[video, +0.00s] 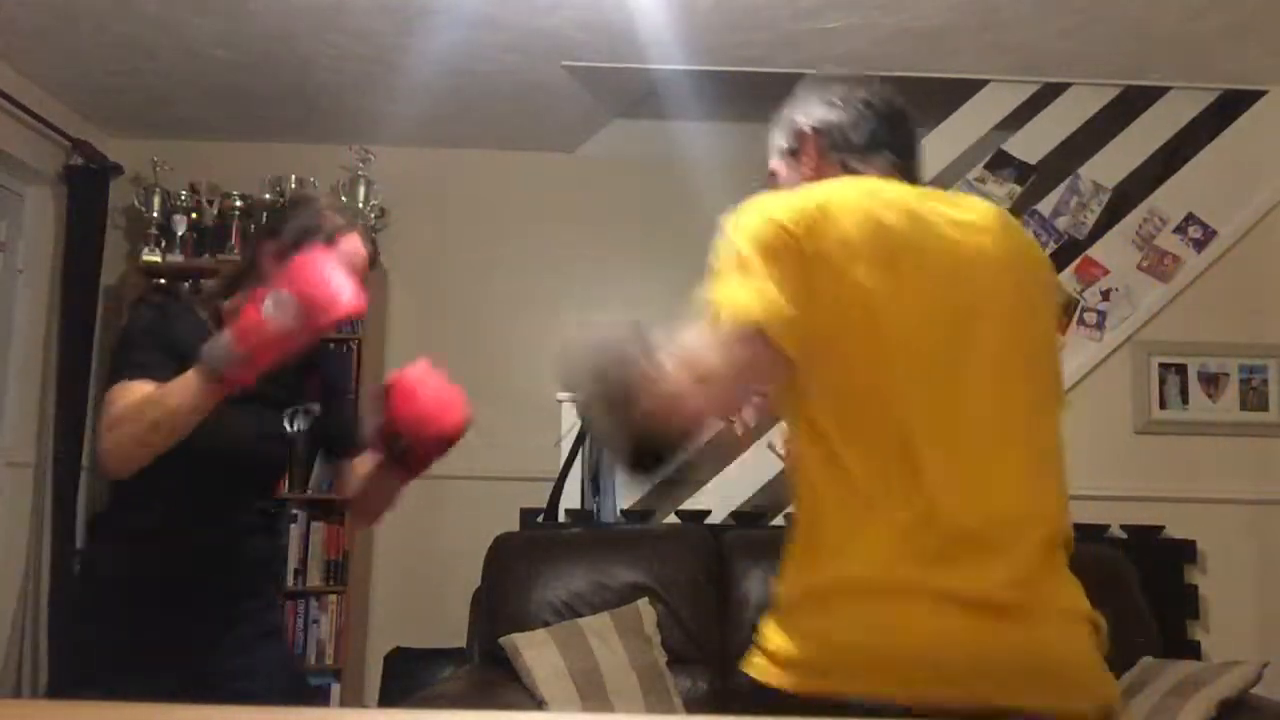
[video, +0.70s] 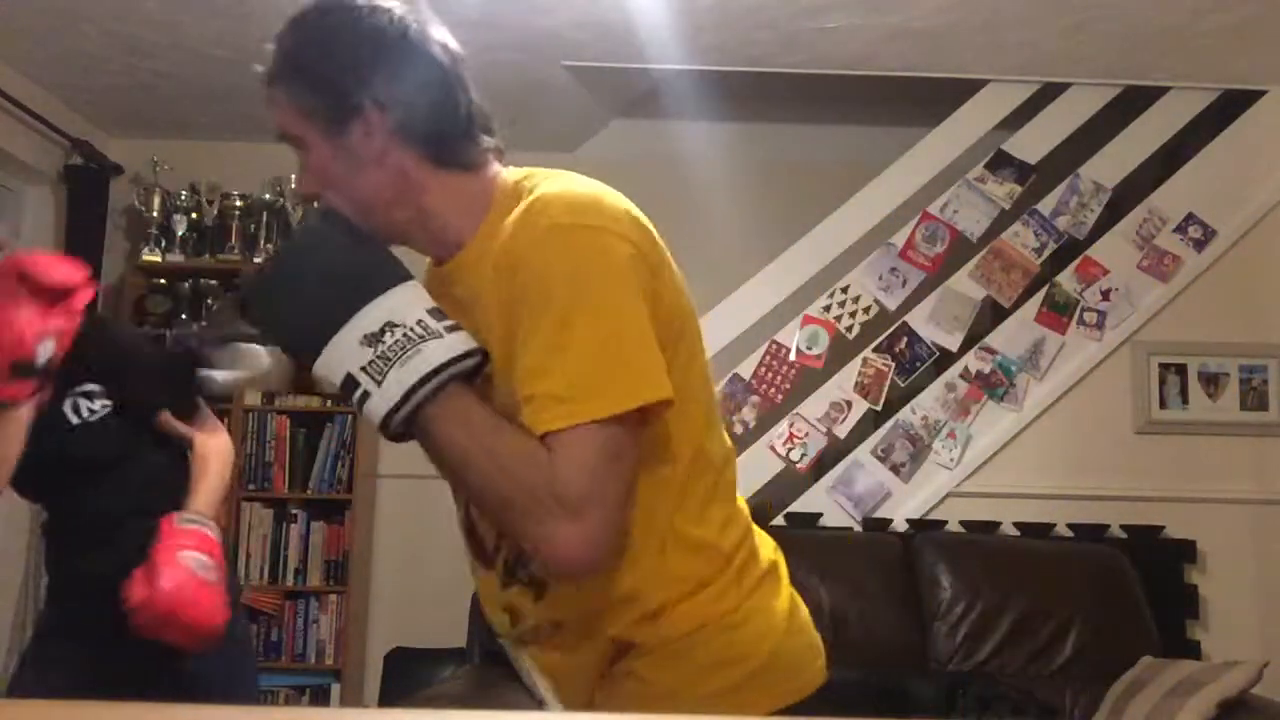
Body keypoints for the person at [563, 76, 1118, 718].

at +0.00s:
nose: (774, 188)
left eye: (775, 172)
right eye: (773, 174)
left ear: (805, 153)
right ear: (901, 162)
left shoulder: (786, 221)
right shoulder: (1016, 241)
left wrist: (642, 387)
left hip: (842, 667)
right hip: (1047, 671)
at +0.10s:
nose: (729, 172)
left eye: (732, 155)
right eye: (729, 159)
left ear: (762, 147)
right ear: (864, 153)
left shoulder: (716, 225)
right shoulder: (971, 229)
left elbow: (495, 295)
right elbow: (1027, 377)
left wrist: (439, 258)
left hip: (815, 661)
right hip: (1021, 663)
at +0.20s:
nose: (657, 175)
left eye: (659, 154)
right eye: (659, 156)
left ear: (687, 153)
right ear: (789, 152)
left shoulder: (655, 251)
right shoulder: (908, 260)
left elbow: (418, 340)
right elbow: (974, 458)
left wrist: (389, 296)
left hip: (771, 687)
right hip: (973, 687)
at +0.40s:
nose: (410, 180)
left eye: (415, 144)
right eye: (408, 147)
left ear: (463, 134)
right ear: (474, 135)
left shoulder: (570, 226)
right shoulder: (605, 215)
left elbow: (539, 521)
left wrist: (411, 373)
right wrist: (425, 323)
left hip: (767, 686)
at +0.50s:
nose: (360, 187)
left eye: (364, 154)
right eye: (355, 158)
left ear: (429, 145)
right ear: (441, 141)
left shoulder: (576, 236)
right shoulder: (494, 271)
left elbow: (549, 516)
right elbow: (380, 313)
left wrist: (390, 346)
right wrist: (255, 291)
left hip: (748, 677)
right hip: (667, 676)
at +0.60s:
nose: (329, 186)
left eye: (326, 149)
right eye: (318, 154)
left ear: (392, 129)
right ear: (393, 132)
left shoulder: (571, 242)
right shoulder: (450, 277)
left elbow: (560, 533)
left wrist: (391, 349)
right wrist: (258, 326)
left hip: (724, 677)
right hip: (627, 677)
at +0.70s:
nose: (303, 184)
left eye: (301, 147)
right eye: (293, 152)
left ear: (370, 127)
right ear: (370, 129)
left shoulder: (570, 233)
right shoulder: (443, 286)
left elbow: (573, 531)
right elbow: (500, 516)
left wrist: (393, 351)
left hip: (703, 684)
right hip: (578, 678)